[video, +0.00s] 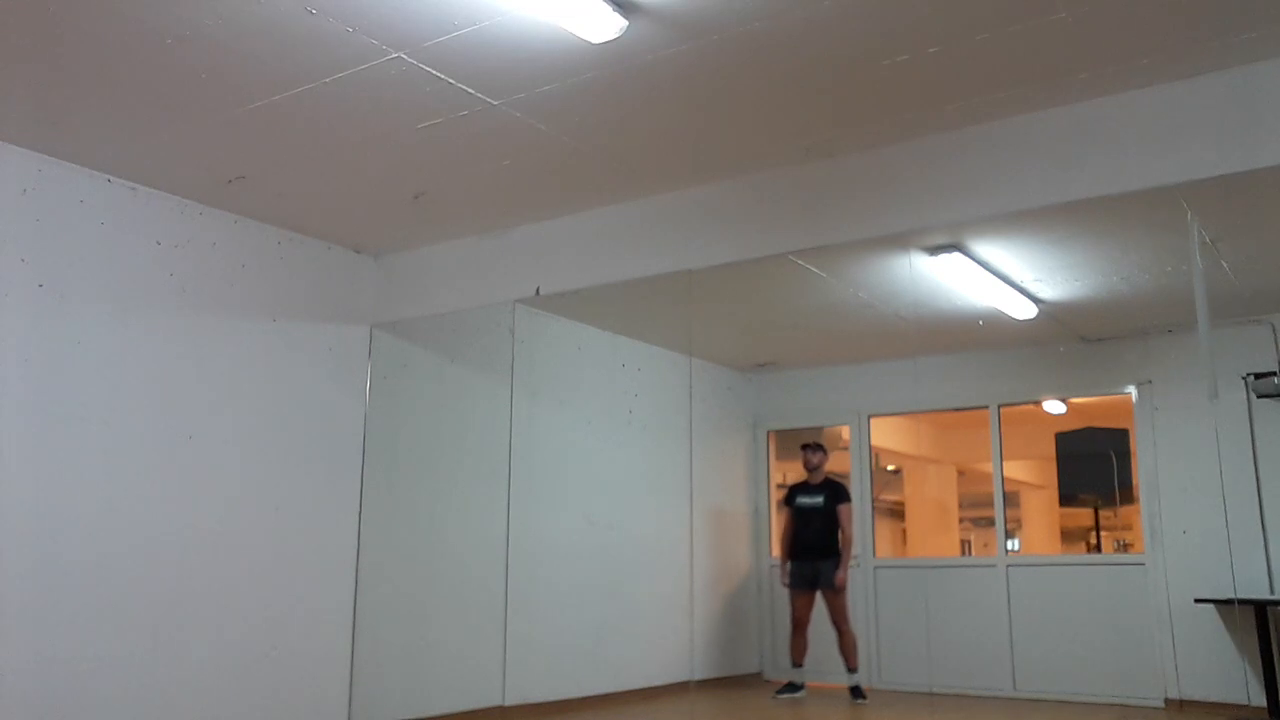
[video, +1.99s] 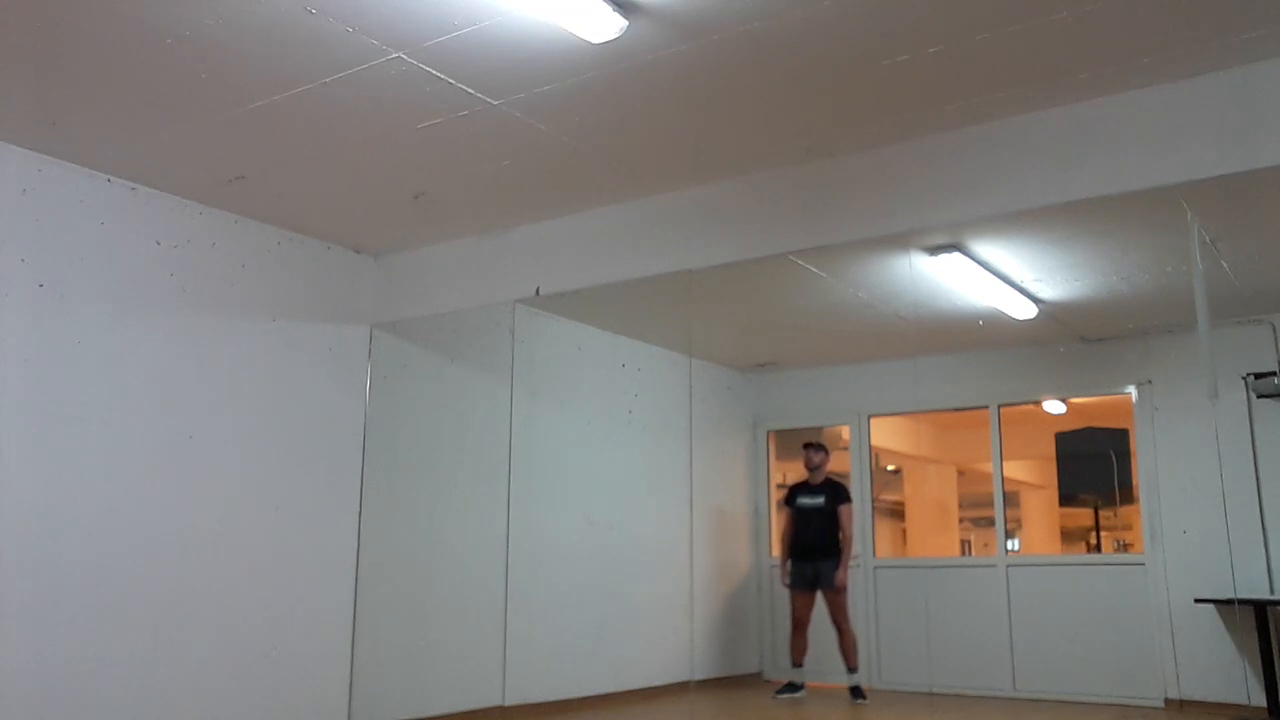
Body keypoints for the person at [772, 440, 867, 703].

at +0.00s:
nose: (811, 458)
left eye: (816, 454)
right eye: (807, 454)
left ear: (825, 459)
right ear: (802, 459)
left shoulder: (837, 490)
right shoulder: (794, 492)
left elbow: (846, 531)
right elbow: (788, 528)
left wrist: (843, 567)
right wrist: (784, 563)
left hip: (829, 564)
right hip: (800, 564)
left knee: (841, 623)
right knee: (798, 623)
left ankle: (854, 681)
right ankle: (796, 680)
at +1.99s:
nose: (811, 458)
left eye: (817, 454)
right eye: (808, 454)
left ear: (827, 459)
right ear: (804, 459)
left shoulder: (838, 490)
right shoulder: (795, 491)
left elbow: (846, 532)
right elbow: (788, 528)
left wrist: (843, 568)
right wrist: (784, 562)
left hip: (830, 563)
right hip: (800, 564)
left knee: (842, 623)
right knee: (799, 623)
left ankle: (854, 681)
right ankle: (796, 680)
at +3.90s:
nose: (810, 461)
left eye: (815, 456)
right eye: (806, 457)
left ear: (825, 459)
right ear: (802, 461)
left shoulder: (839, 490)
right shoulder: (796, 491)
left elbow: (847, 530)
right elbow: (788, 528)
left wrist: (843, 566)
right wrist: (785, 562)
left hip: (831, 564)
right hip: (801, 564)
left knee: (842, 623)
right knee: (799, 624)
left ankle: (854, 682)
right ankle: (796, 680)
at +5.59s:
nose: (809, 459)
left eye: (814, 454)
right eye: (805, 455)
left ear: (824, 458)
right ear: (802, 460)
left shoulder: (837, 488)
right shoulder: (795, 491)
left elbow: (840, 527)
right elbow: (788, 528)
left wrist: (816, 553)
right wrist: (785, 562)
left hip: (830, 561)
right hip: (802, 562)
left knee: (842, 623)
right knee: (799, 623)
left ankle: (855, 683)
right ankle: (796, 679)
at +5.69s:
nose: (808, 459)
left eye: (813, 454)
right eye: (805, 455)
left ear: (824, 458)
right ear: (801, 460)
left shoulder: (835, 487)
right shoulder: (794, 491)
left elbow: (827, 520)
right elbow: (787, 528)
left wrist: (788, 529)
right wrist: (782, 562)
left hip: (829, 563)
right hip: (801, 564)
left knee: (841, 624)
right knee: (795, 622)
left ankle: (854, 683)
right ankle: (796, 679)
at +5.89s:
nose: (795, 465)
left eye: (800, 460)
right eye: (791, 460)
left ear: (811, 463)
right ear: (788, 465)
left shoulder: (820, 493)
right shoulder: (783, 493)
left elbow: (811, 532)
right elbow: (766, 526)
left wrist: (789, 556)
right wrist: (751, 558)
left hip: (818, 566)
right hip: (791, 566)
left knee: (829, 624)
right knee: (781, 623)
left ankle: (853, 682)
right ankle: (795, 680)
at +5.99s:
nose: (783, 473)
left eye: (787, 469)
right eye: (780, 470)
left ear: (799, 470)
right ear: (777, 472)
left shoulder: (812, 500)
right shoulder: (770, 500)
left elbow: (833, 534)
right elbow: (741, 525)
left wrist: (853, 564)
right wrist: (714, 549)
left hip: (813, 571)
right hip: (785, 571)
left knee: (820, 623)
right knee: (776, 625)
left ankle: (845, 678)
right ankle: (794, 681)